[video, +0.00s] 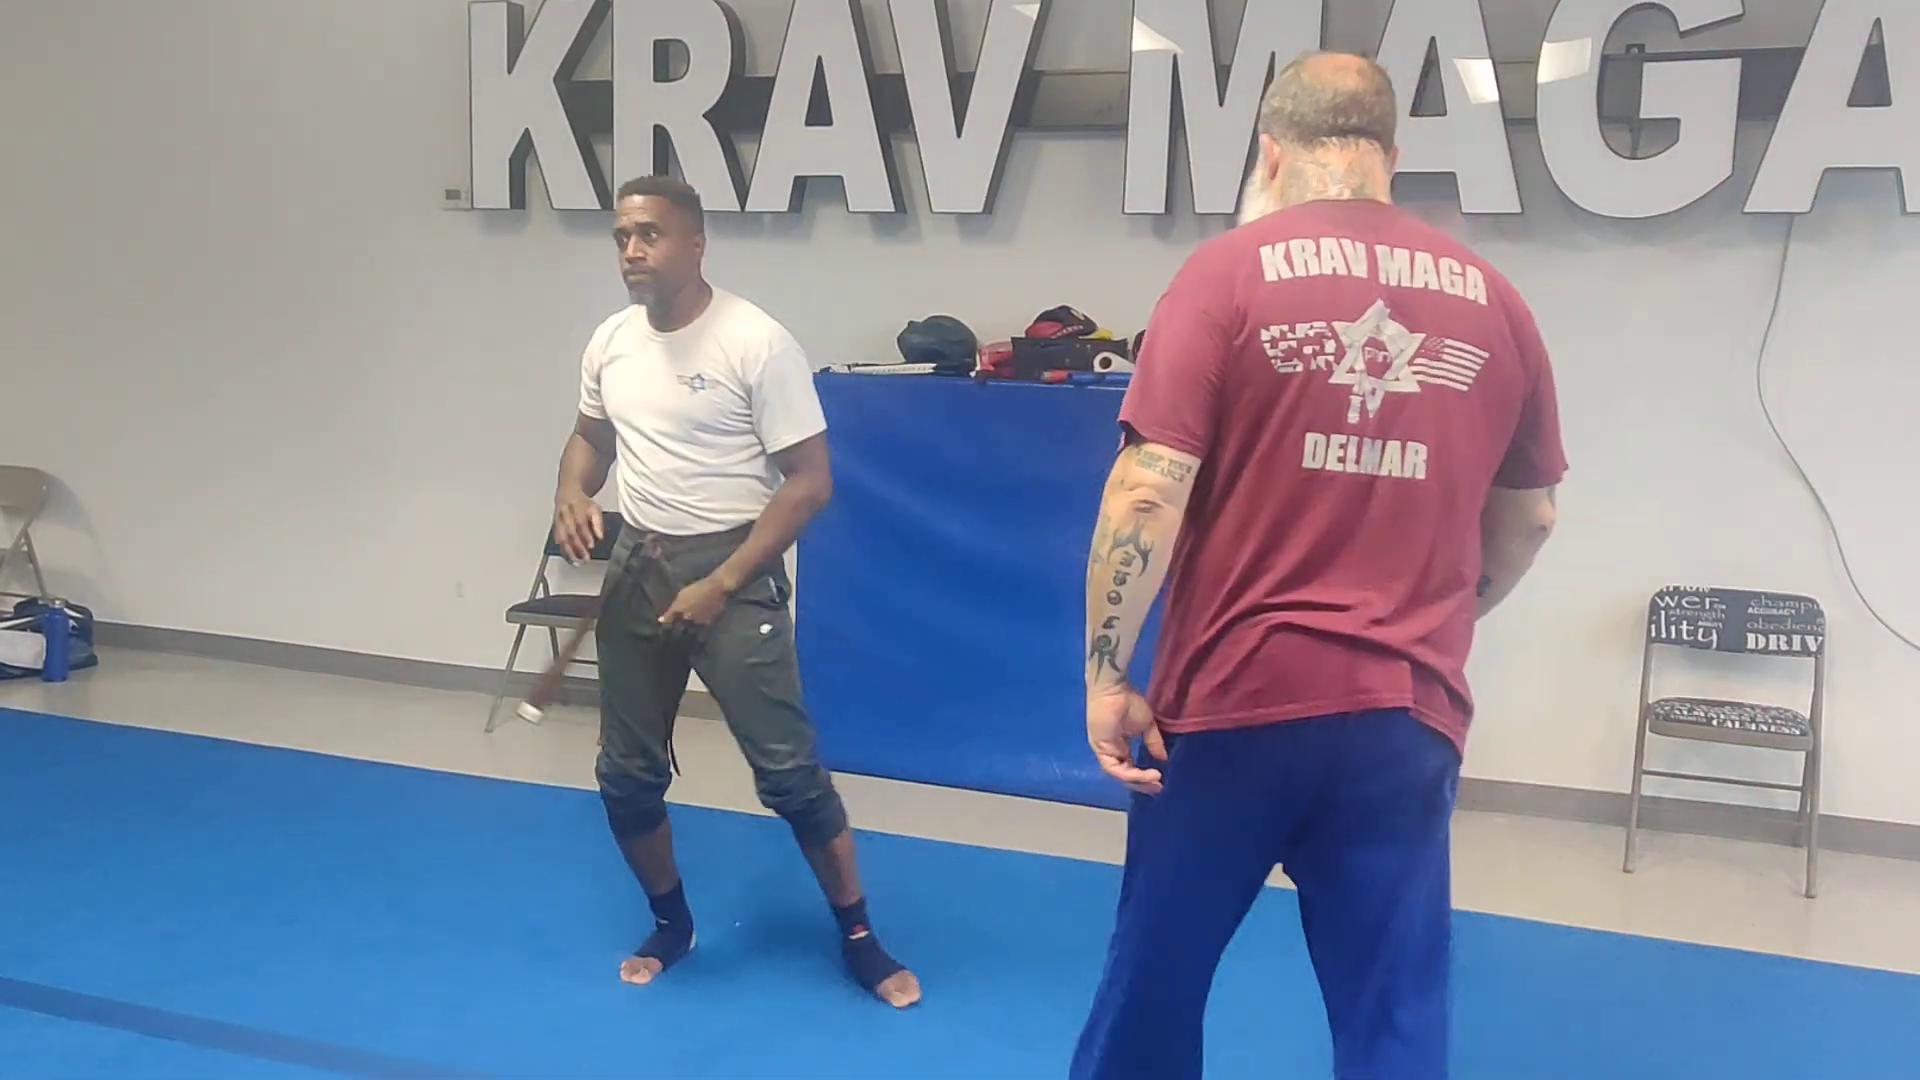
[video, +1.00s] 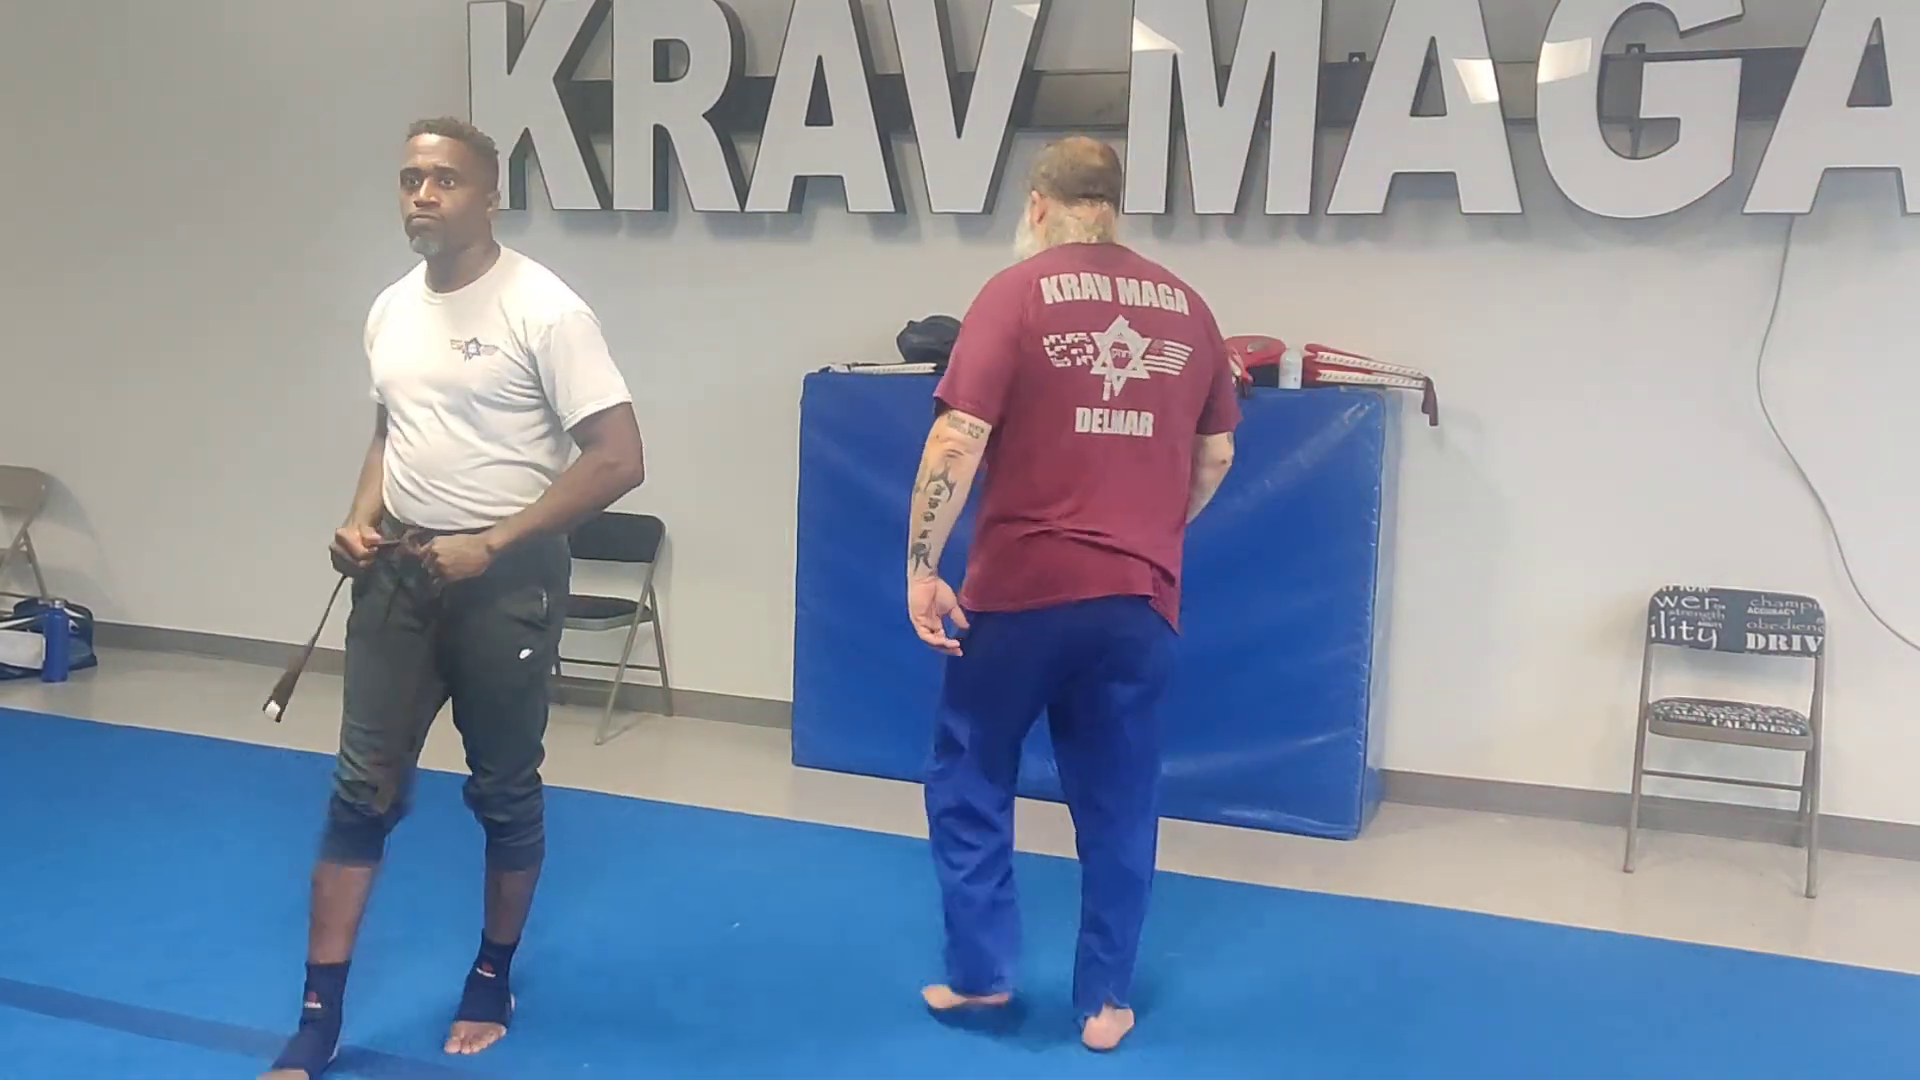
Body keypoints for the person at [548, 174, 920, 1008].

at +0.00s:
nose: (630, 251)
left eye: (648, 235)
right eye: (621, 237)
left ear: (695, 243)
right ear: (616, 250)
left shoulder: (758, 343)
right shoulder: (613, 340)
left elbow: (811, 481)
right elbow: (589, 438)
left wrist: (724, 580)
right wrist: (571, 490)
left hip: (736, 574)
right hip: (637, 570)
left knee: (793, 779)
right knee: (626, 778)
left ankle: (859, 937)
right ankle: (671, 922)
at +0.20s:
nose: (572, 227)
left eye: (591, 212)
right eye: (565, 213)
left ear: (644, 225)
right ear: (564, 230)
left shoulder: (704, 323)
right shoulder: (572, 329)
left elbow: (755, 464)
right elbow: (570, 433)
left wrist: (657, 568)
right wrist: (555, 504)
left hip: (685, 564)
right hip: (601, 558)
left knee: (656, 764)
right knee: (615, 759)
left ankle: (666, 928)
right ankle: (665, 912)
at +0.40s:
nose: (521, 226)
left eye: (540, 210)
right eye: (517, 212)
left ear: (595, 223)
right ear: (518, 229)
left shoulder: (655, 326)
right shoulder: (535, 331)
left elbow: (700, 474)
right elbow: (547, 446)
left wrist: (600, 578)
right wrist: (520, 519)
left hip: (634, 569)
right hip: (560, 562)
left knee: (557, 771)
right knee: (611, 756)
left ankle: (500, 968)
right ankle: (671, 918)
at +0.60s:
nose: (484, 206)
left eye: (505, 193)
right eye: (484, 192)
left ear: (560, 212)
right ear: (495, 211)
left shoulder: (602, 322)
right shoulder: (502, 313)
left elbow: (634, 480)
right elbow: (506, 448)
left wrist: (529, 589)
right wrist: (453, 512)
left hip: (569, 565)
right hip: (500, 558)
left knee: (507, 775)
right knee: (535, 752)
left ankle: (488, 978)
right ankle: (643, 889)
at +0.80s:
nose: (453, 196)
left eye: (475, 182)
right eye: (447, 181)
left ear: (528, 199)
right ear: (445, 199)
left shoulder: (565, 309)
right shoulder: (457, 302)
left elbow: (600, 467)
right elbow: (456, 445)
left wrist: (471, 543)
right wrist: (412, 508)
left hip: (527, 569)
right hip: (447, 559)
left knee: (508, 784)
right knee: (411, 771)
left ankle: (494, 975)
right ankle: (470, 933)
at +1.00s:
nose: (423, 195)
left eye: (444, 180)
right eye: (412, 181)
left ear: (489, 194)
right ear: (401, 198)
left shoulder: (547, 310)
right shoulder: (392, 311)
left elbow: (617, 458)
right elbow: (389, 432)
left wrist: (494, 540)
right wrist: (361, 513)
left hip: (506, 579)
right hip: (396, 570)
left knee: (505, 795)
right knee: (361, 790)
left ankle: (492, 977)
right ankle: (318, 1017)